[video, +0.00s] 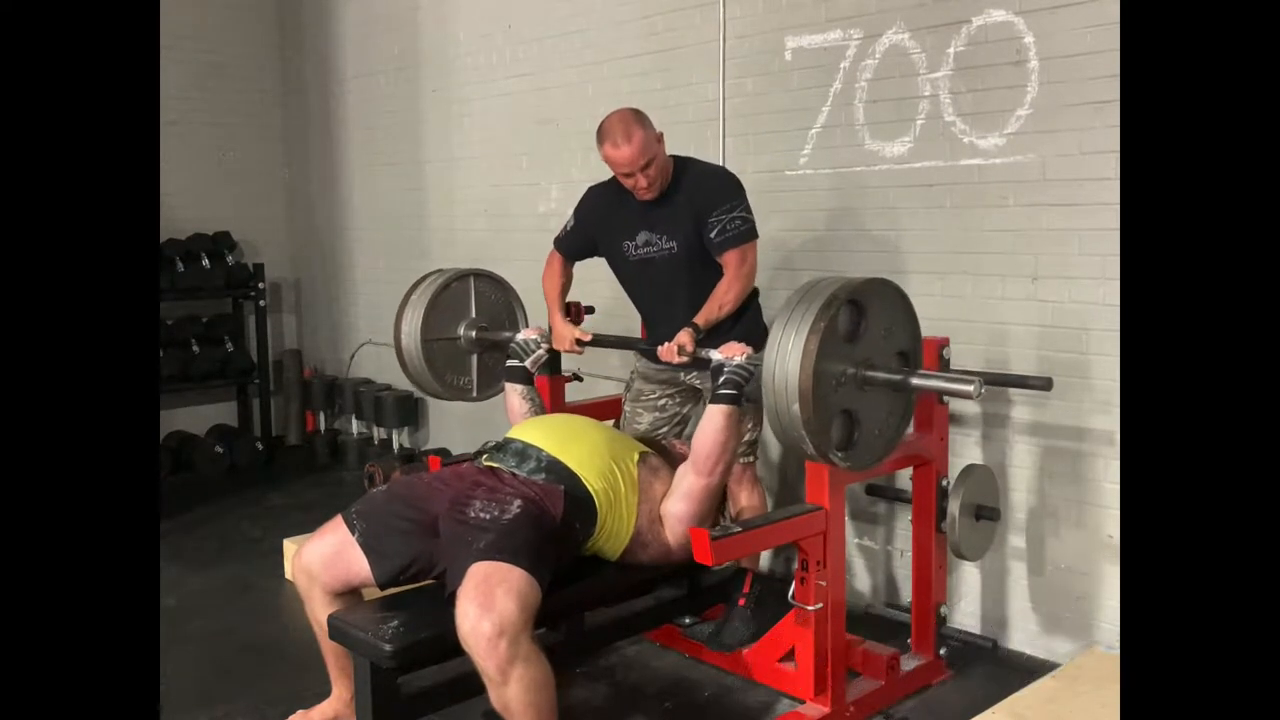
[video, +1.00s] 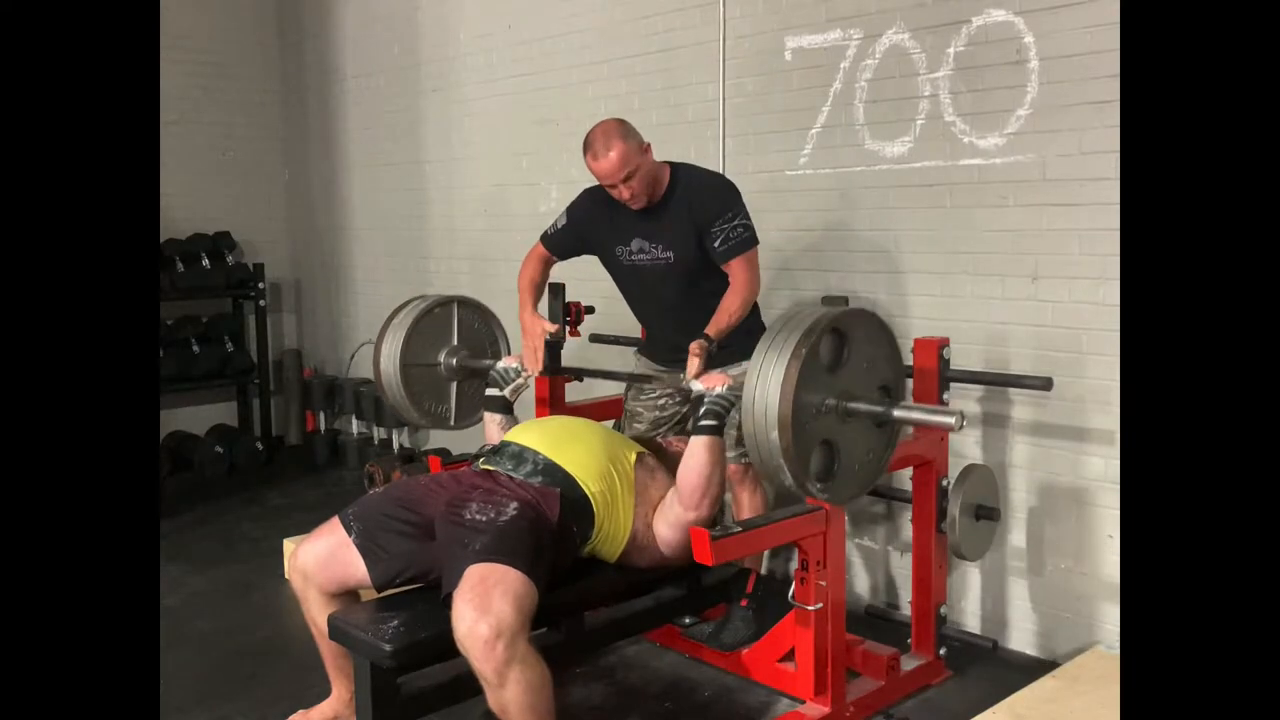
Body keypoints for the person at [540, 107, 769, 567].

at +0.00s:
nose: (641, 183)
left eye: (647, 168)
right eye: (627, 176)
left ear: (661, 142)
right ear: (608, 165)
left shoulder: (713, 186)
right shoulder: (600, 206)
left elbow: (741, 273)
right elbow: (558, 259)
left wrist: (693, 328)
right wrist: (556, 319)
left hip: (729, 349)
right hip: (659, 355)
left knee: (736, 469)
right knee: (637, 462)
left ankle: (748, 590)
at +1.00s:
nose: (625, 193)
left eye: (630, 178)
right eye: (611, 186)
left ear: (648, 152)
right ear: (596, 178)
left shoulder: (709, 193)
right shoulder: (593, 211)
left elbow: (745, 281)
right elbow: (537, 259)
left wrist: (708, 339)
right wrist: (528, 317)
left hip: (731, 357)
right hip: (659, 361)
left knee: (738, 469)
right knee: (650, 463)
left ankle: (750, 585)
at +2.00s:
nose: (644, 187)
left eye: (652, 174)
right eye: (634, 176)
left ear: (679, 152)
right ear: (623, 163)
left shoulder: (732, 198)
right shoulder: (625, 202)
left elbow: (766, 290)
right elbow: (615, 265)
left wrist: (724, 363)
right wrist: (607, 328)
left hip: (736, 362)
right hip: (667, 362)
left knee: (739, 479)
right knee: (666, 474)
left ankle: (764, 593)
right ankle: (695, 591)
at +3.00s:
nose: (694, 146)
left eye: (703, 133)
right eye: (682, 137)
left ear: (717, 124)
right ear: (663, 135)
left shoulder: (756, 178)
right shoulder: (647, 191)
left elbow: (775, 262)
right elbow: (602, 239)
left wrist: (735, 308)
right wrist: (599, 289)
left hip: (751, 349)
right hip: (680, 350)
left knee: (755, 460)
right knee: (660, 445)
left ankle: (767, 586)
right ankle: (704, 558)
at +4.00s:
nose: (638, 161)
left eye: (645, 150)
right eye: (634, 150)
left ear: (679, 136)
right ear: (654, 139)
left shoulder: (747, 172)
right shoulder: (641, 185)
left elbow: (793, 252)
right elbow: (626, 249)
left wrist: (760, 321)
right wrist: (624, 311)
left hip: (741, 358)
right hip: (671, 355)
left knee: (756, 478)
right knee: (656, 470)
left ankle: (770, 591)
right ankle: (687, 588)